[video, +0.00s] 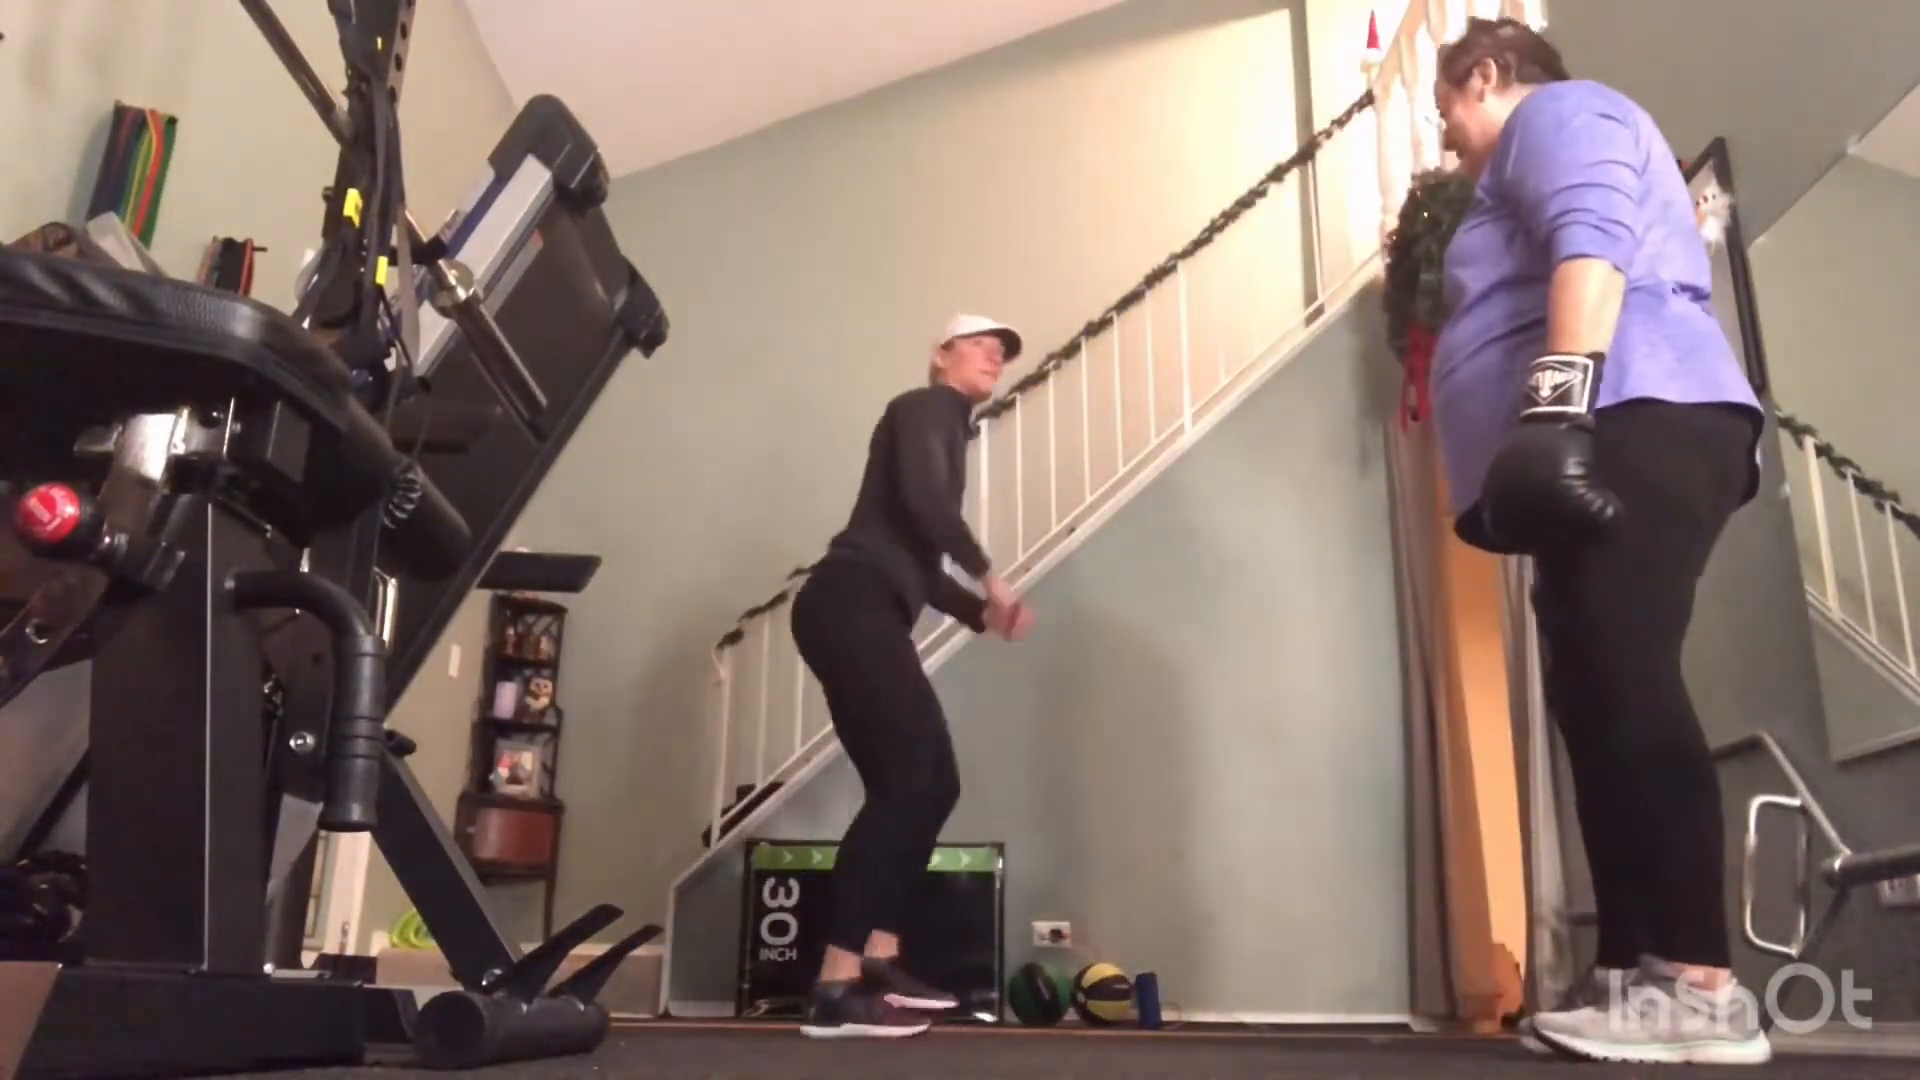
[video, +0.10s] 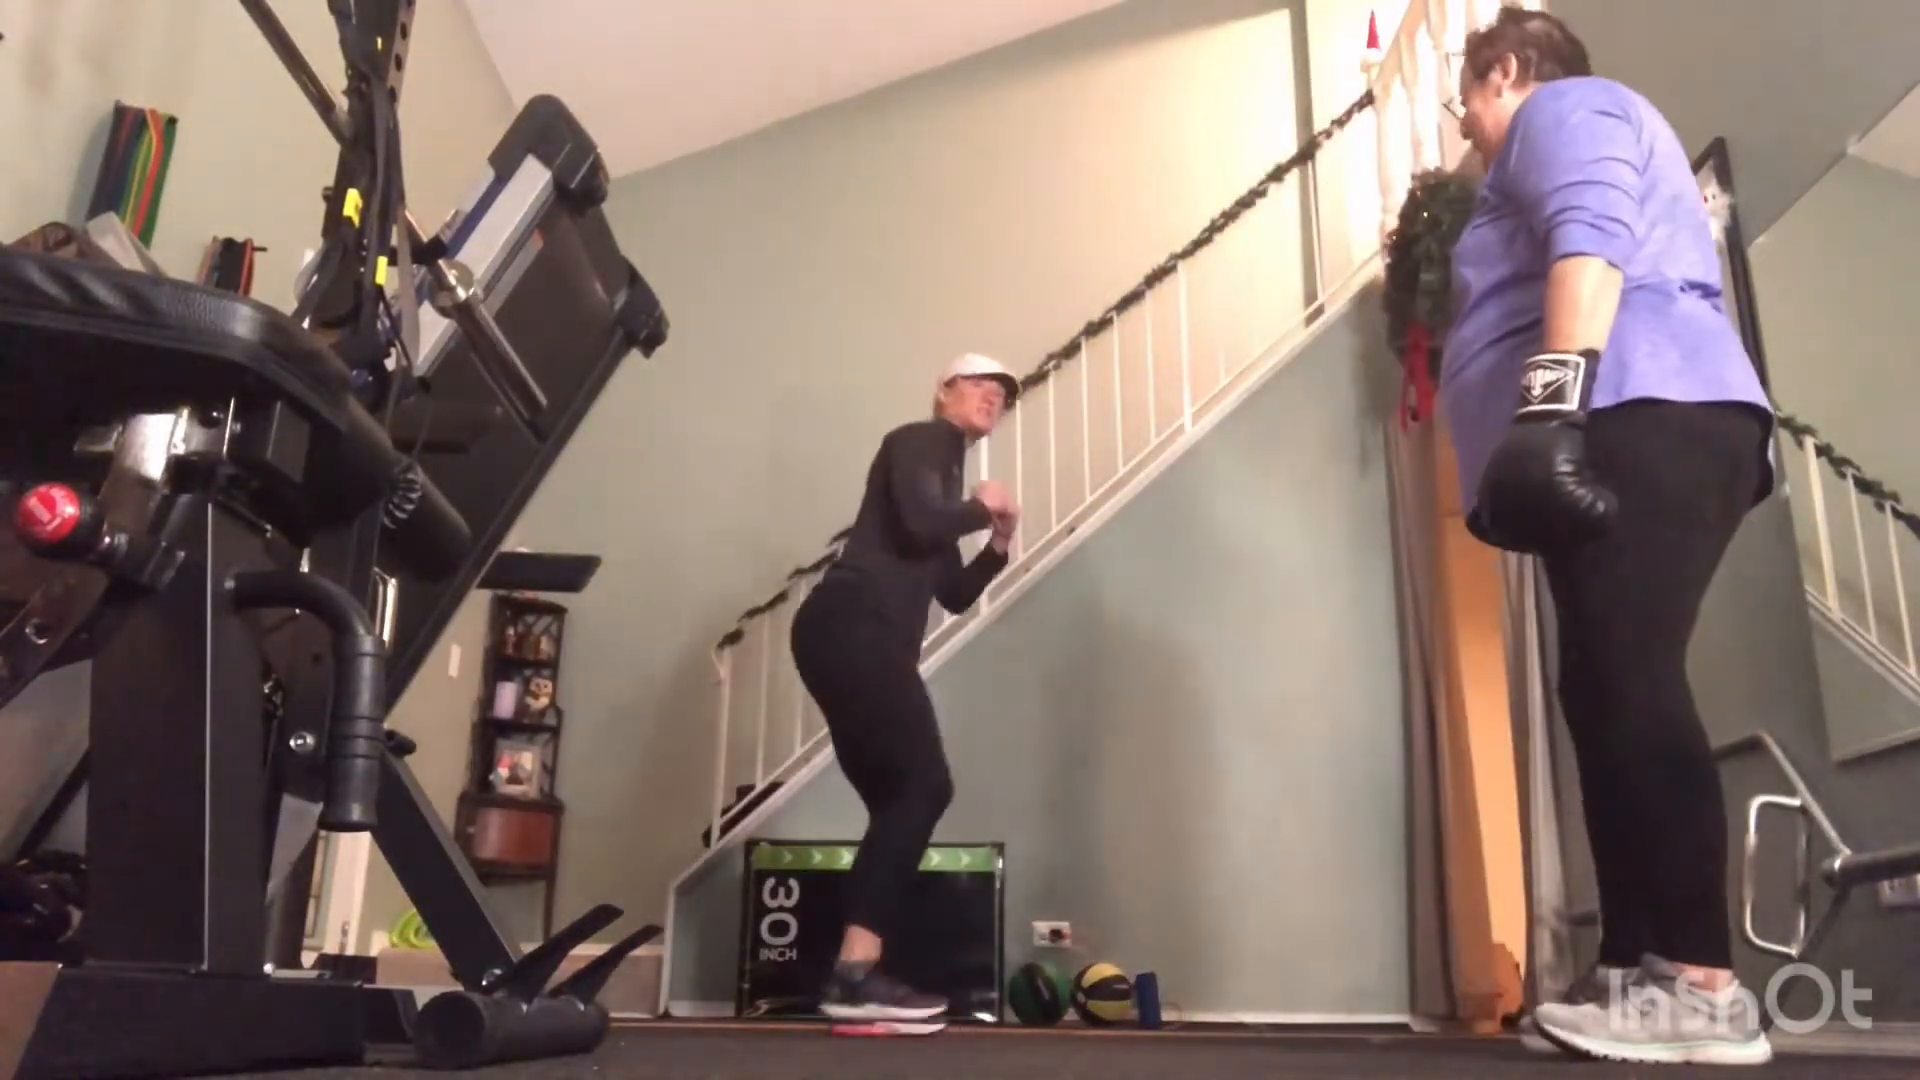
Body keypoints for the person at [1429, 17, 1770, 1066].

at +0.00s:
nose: (1447, 136)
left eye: (1448, 112)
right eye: (1441, 119)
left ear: (1487, 77)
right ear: (1502, 78)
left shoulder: (1563, 109)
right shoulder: (1515, 178)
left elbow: (1589, 242)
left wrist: (1555, 410)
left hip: (1651, 412)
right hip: (1608, 430)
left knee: (1623, 679)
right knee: (1587, 696)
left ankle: (1700, 986)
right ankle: (1635, 978)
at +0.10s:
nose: (1465, 126)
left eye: (1469, 101)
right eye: (1461, 108)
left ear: (1509, 73)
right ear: (1534, 73)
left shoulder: (1569, 106)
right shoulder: (1536, 169)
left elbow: (1588, 240)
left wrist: (1548, 407)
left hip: (1659, 410)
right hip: (1623, 427)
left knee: (1627, 680)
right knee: (1599, 690)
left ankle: (1701, 985)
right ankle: (1640, 977)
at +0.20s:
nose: (1470, 132)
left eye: (1474, 108)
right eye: (1466, 115)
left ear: (1512, 83)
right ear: (1542, 81)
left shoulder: (1565, 115)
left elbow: (1586, 243)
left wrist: (1552, 410)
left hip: (1654, 414)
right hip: (1635, 427)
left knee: (1626, 686)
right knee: (1606, 695)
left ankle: (1704, 987)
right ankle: (1677, 972)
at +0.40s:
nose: (1446, 153)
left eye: (1453, 132)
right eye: (1445, 137)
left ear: (1495, 111)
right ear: (1513, 114)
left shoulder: (1551, 150)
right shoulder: (1514, 207)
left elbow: (1577, 279)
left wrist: (1535, 437)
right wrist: (1434, 261)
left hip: (1634, 436)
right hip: (1602, 452)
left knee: (1624, 695)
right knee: (1612, 705)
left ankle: (1702, 984)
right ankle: (1682, 976)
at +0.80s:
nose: (1430, 138)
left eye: (1444, 116)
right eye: (1424, 129)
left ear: (1509, 101)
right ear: (1445, 145)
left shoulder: (1556, 146)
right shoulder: (1487, 231)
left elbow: (1592, 266)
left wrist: (1564, 415)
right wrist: (1419, 273)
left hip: (1635, 430)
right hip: (1584, 458)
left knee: (1621, 683)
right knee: (1603, 704)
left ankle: (1699, 984)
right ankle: (1682, 978)